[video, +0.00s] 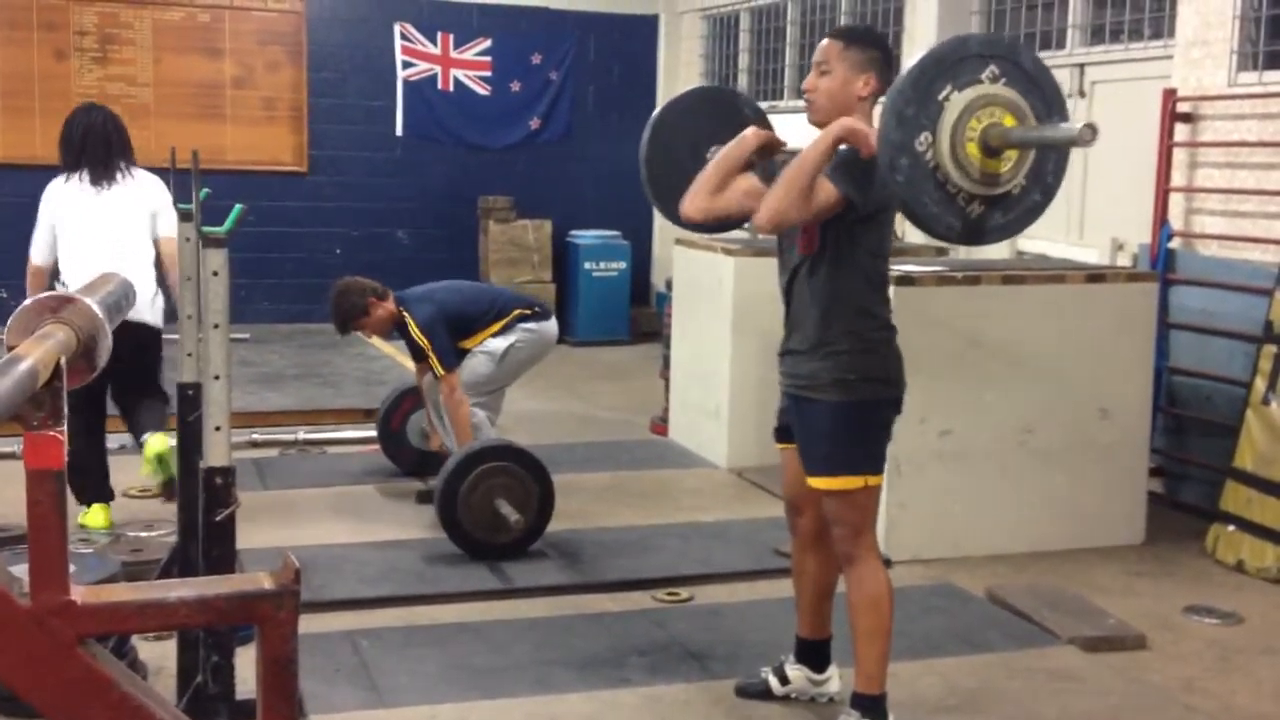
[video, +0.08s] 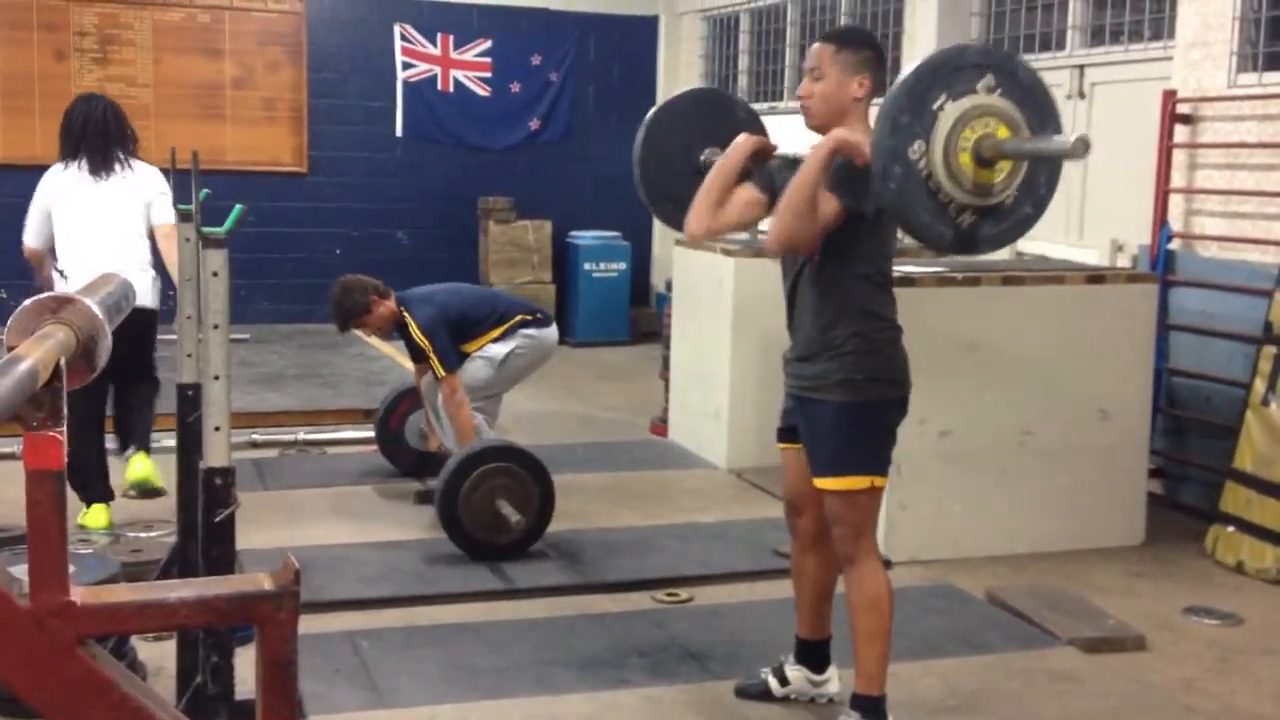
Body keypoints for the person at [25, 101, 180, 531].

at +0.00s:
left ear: (72, 143)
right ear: (121, 139)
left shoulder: (58, 190)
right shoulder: (151, 185)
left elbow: (38, 266)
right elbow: (171, 254)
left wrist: (37, 320)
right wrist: (189, 308)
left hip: (80, 321)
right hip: (141, 315)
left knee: (84, 412)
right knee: (138, 386)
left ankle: (96, 506)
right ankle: (155, 437)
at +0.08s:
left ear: (71, 132)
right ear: (121, 129)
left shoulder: (55, 178)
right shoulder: (147, 176)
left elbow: (33, 248)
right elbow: (168, 237)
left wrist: (49, 283)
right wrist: (190, 293)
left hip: (78, 308)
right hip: (137, 304)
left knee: (84, 402)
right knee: (136, 376)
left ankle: (95, 504)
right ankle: (139, 454)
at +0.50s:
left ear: (89, 139)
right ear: (137, 140)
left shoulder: (71, 178)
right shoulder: (151, 187)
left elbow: (52, 241)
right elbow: (166, 251)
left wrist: (74, 271)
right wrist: (188, 307)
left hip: (78, 300)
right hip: (131, 302)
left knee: (84, 381)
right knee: (130, 380)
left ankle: (90, 446)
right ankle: (128, 468)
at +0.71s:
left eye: (85, 118)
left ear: (88, 121)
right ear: (136, 122)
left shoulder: (71, 162)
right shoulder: (151, 169)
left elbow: (50, 225)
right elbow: (163, 232)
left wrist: (34, 272)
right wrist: (159, 270)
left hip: (78, 278)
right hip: (132, 281)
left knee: (74, 348)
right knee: (133, 368)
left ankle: (90, 408)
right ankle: (129, 459)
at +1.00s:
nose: (61, 119)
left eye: (64, 112)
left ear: (66, 116)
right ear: (105, 115)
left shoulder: (57, 155)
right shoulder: (127, 155)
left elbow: (42, 216)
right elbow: (140, 208)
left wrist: (26, 271)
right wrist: (117, 231)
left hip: (69, 268)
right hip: (122, 269)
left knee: (68, 333)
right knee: (129, 351)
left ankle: (82, 388)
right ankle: (129, 434)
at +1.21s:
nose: (36, 96)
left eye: (40, 90)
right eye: (38, 90)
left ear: (49, 93)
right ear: (84, 90)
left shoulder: (44, 132)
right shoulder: (107, 130)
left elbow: (33, 195)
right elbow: (125, 186)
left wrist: (22, 242)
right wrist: (118, 225)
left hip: (62, 245)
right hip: (110, 243)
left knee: (61, 322)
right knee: (112, 312)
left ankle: (78, 391)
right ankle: (119, 368)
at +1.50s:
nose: (20, 82)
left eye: (24, 77)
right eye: (22, 75)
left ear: (34, 81)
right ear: (67, 78)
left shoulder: (29, 122)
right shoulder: (92, 119)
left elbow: (10, 179)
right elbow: (111, 176)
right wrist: (124, 224)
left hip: (55, 235)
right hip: (97, 230)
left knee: (60, 316)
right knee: (91, 310)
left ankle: (70, 392)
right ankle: (88, 388)